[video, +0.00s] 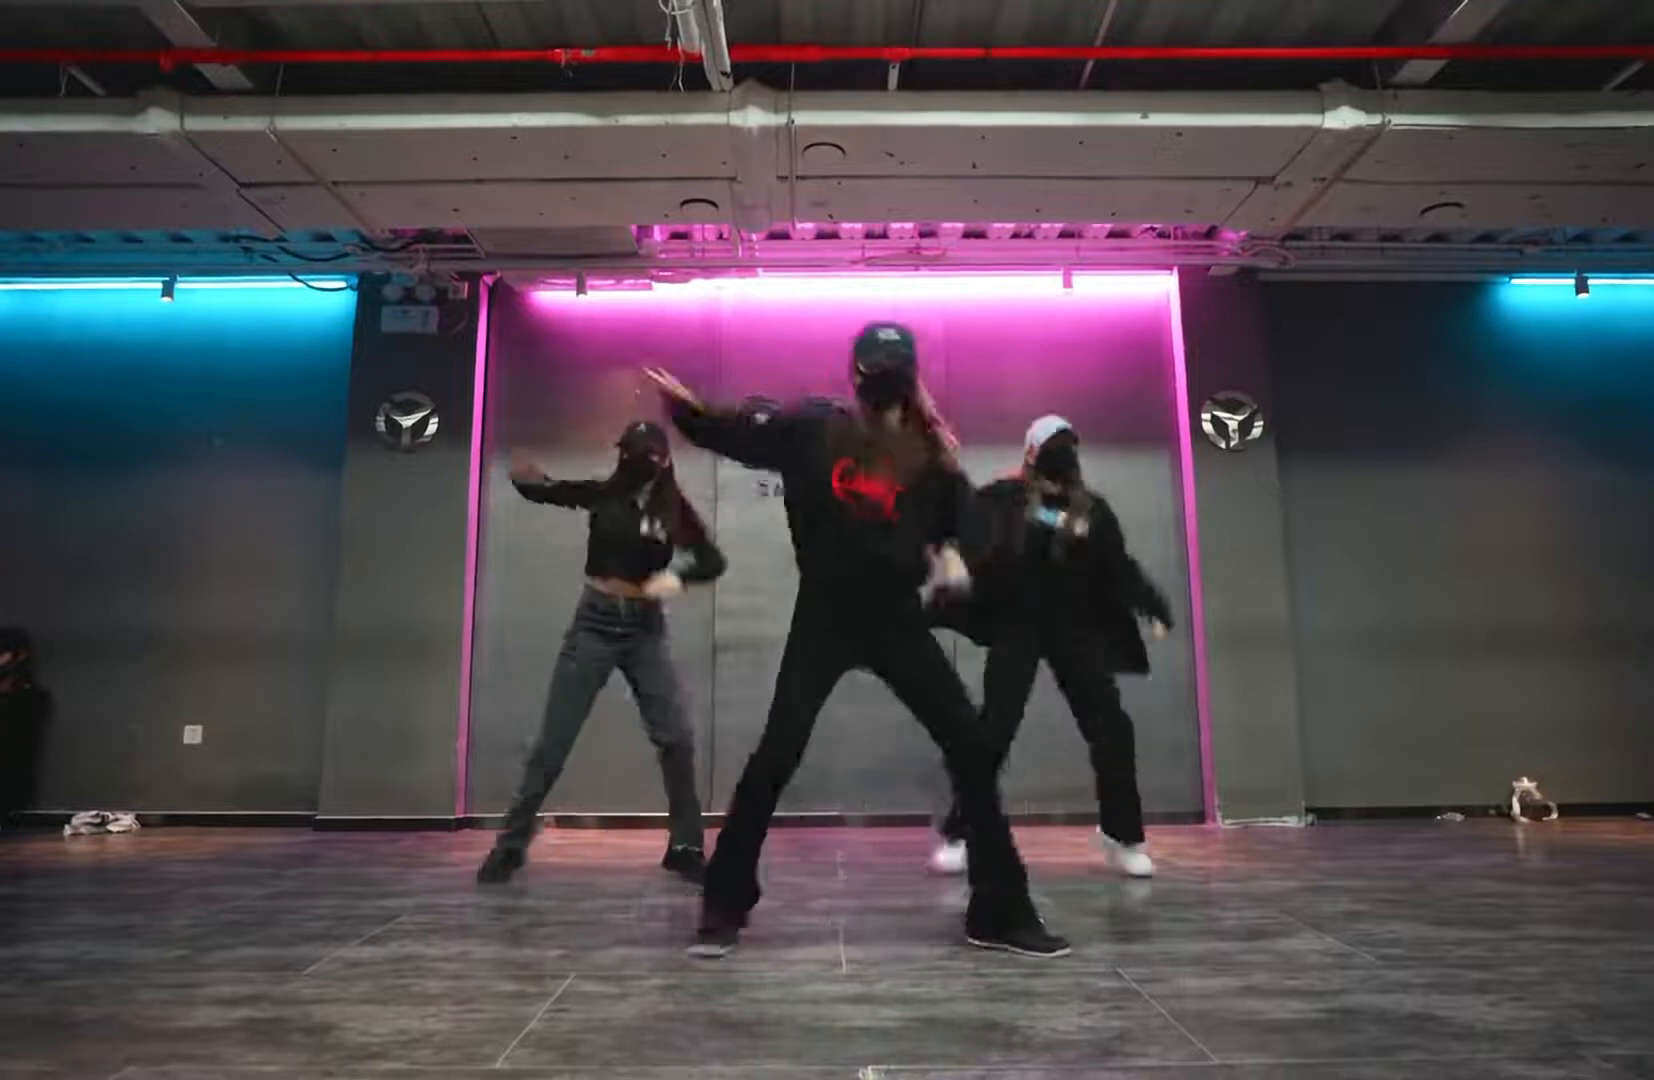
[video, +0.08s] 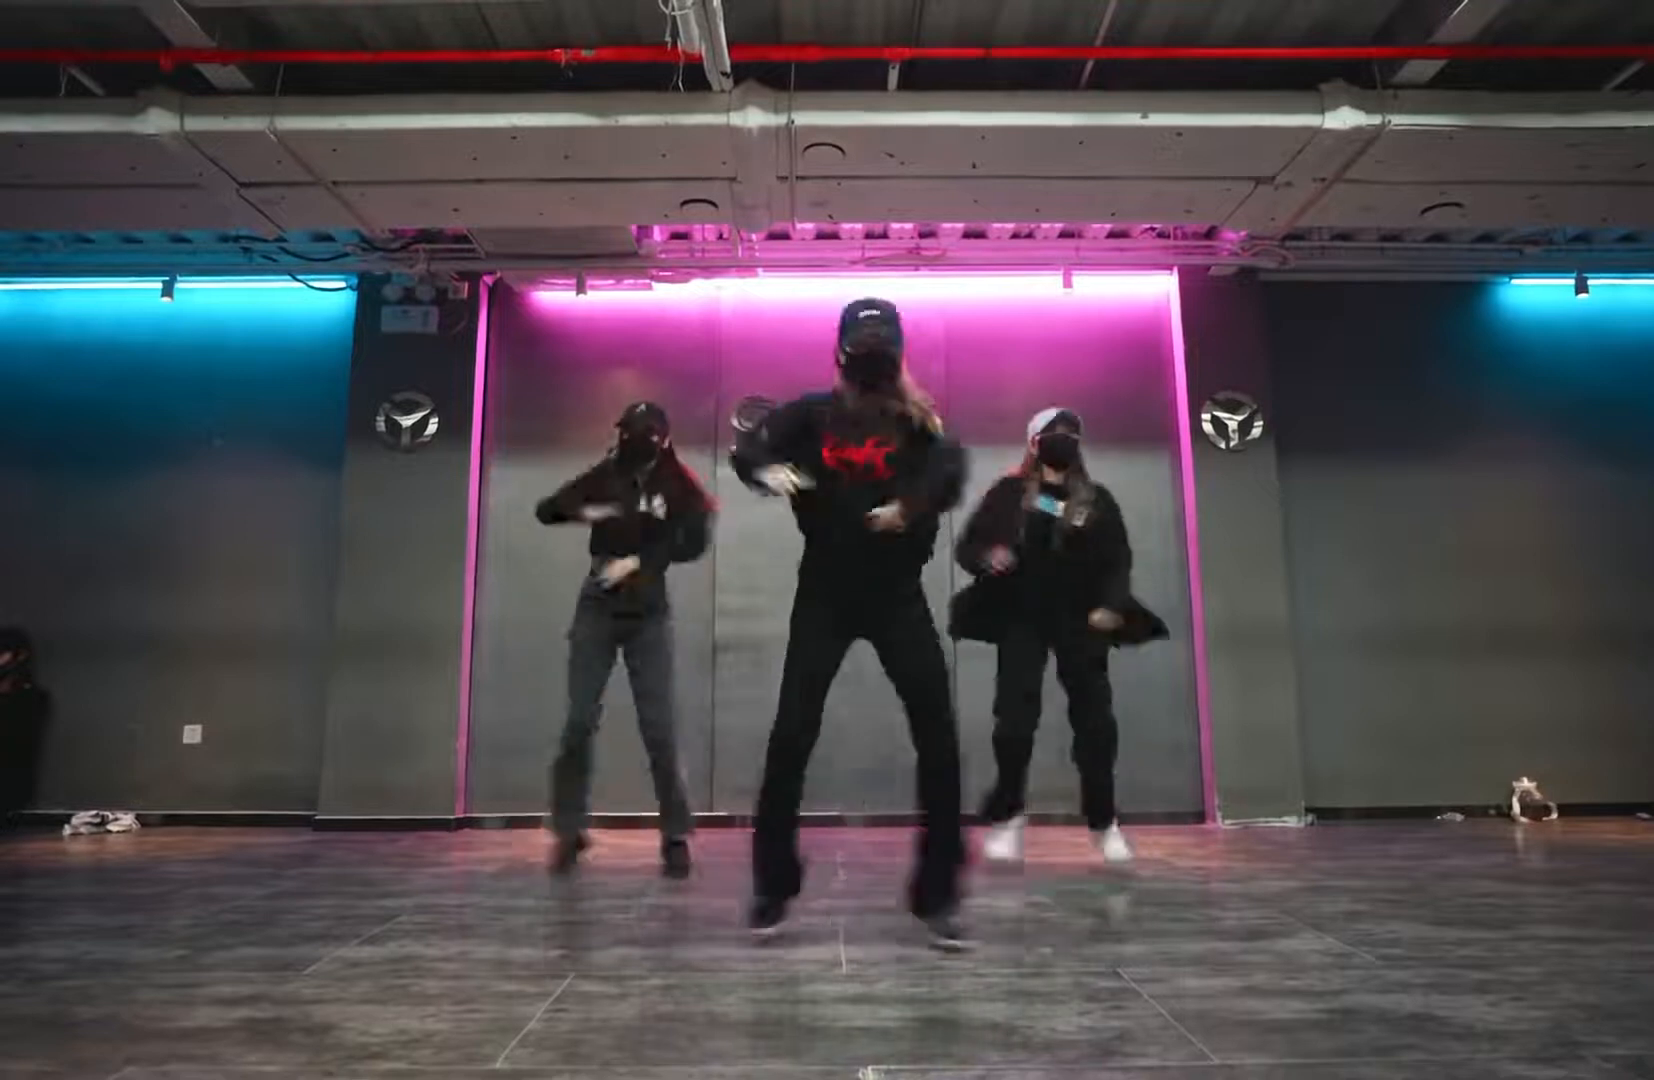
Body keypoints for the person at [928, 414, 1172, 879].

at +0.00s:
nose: (1064, 461)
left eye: (1070, 452)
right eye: (1055, 452)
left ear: (1078, 455)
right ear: (1033, 454)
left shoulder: (1090, 508)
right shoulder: (1000, 502)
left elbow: (1117, 567)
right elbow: (975, 555)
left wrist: (1152, 605)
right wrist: (1030, 523)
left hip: (1075, 633)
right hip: (1015, 631)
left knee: (1112, 729)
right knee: (995, 731)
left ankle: (1122, 835)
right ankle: (957, 834)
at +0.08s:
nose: (1062, 447)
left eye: (1069, 440)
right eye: (1054, 439)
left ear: (1077, 445)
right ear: (1035, 443)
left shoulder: (1095, 499)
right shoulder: (1009, 492)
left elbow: (1117, 559)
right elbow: (967, 546)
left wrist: (1111, 604)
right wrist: (987, 556)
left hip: (1079, 622)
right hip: (1021, 621)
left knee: (1096, 722)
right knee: (1015, 718)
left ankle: (1104, 822)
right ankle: (1007, 817)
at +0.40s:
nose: (1081, 469)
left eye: (1087, 461)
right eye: (1072, 461)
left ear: (1096, 465)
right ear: (1054, 466)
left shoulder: (1114, 522)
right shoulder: (1029, 523)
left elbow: (1116, 591)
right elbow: (1026, 593)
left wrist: (1100, 652)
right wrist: (1065, 649)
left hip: (1104, 644)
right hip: (1047, 649)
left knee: (1116, 747)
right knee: (1050, 750)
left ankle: (1136, 847)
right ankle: (1061, 838)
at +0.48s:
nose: (1087, 472)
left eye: (1093, 464)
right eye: (1078, 463)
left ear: (1099, 467)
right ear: (1055, 466)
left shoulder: (1112, 519)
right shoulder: (1033, 519)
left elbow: (1140, 582)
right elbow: (1038, 576)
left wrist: (1163, 636)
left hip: (1103, 648)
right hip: (1046, 649)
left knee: (1112, 745)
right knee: (1050, 740)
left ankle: (1138, 850)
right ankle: (1082, 792)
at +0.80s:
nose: (1009, 468)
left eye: (1018, 459)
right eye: (1006, 460)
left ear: (1044, 459)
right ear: (1008, 460)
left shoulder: (1065, 503)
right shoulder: (998, 510)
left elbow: (1055, 558)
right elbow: (977, 569)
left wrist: (995, 555)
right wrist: (1022, 546)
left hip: (1062, 638)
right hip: (1006, 638)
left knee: (1091, 743)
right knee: (968, 738)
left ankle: (1131, 848)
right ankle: (956, 841)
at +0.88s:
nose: (995, 473)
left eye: (1003, 465)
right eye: (993, 466)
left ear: (1030, 465)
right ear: (1008, 468)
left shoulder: (1050, 508)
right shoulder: (995, 526)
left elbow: (992, 517)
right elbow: (945, 559)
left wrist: (928, 503)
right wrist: (931, 513)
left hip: (1052, 642)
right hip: (998, 644)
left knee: (1081, 746)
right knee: (962, 745)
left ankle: (1125, 851)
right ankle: (951, 850)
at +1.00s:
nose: (984, 474)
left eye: (992, 467)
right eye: (982, 468)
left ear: (1019, 466)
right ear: (1000, 468)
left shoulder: (1041, 497)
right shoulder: (984, 512)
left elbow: (982, 492)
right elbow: (937, 548)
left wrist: (925, 470)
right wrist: (925, 492)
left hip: (1049, 637)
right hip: (997, 640)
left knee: (1079, 742)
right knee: (951, 739)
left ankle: (1123, 851)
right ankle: (951, 849)